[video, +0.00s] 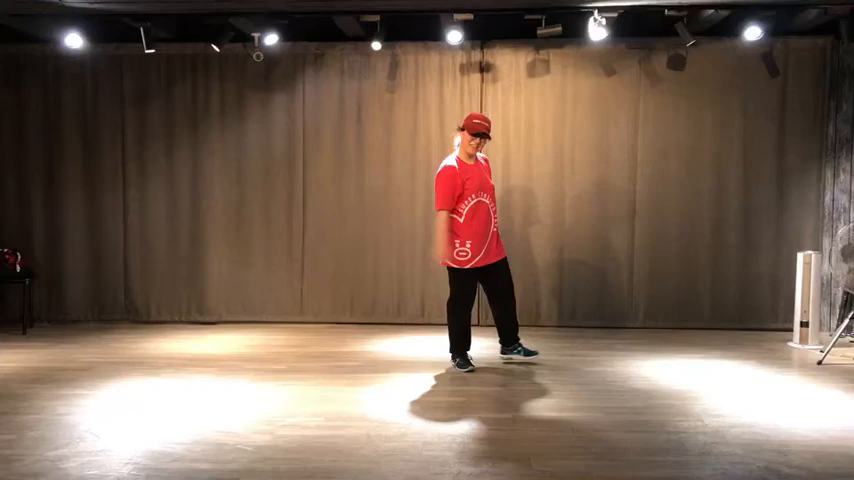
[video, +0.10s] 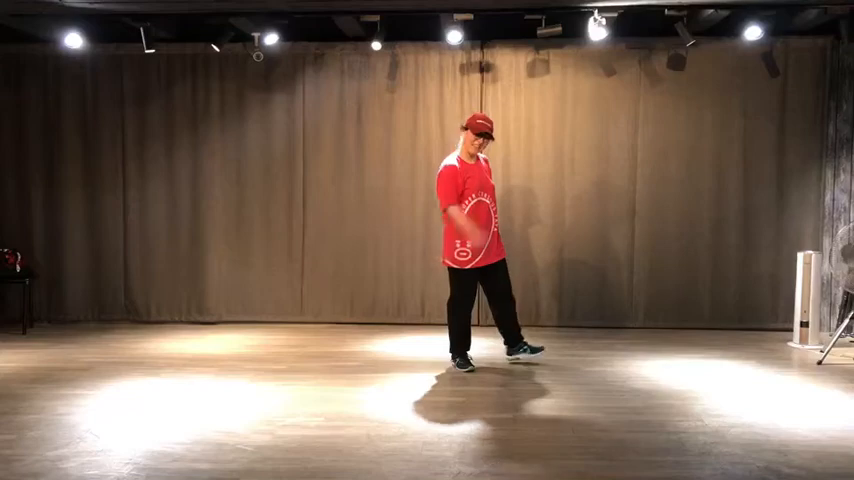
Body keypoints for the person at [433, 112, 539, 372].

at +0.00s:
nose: (478, 141)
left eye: (482, 138)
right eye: (474, 136)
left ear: (486, 141)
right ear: (461, 135)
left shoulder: (483, 164)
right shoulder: (450, 169)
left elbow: (485, 202)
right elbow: (443, 212)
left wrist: (491, 237)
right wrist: (443, 247)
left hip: (490, 246)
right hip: (462, 250)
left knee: (503, 295)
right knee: (461, 303)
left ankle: (510, 344)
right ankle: (459, 353)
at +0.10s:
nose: (481, 142)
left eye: (486, 138)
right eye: (478, 136)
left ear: (488, 141)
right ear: (465, 134)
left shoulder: (483, 164)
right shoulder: (450, 168)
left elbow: (485, 201)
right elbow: (451, 207)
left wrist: (491, 232)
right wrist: (473, 233)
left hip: (490, 247)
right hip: (463, 250)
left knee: (502, 297)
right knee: (461, 303)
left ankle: (515, 345)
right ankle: (459, 353)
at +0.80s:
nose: (539, 136)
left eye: (538, 132)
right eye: (534, 131)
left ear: (519, 134)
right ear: (518, 133)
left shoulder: (518, 164)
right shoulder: (509, 164)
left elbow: (505, 204)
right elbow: (499, 204)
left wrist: (491, 234)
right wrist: (492, 237)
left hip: (522, 248)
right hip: (509, 248)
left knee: (521, 301)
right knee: (504, 300)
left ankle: (518, 348)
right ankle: (474, 346)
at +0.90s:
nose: (543, 138)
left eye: (543, 133)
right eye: (540, 133)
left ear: (525, 134)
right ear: (524, 133)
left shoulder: (521, 163)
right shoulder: (513, 162)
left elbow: (504, 200)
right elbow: (499, 198)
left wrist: (493, 230)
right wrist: (491, 230)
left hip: (524, 245)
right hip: (515, 246)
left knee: (522, 301)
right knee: (518, 301)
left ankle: (518, 348)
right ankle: (495, 346)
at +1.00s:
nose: (548, 142)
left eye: (549, 137)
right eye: (546, 136)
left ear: (532, 137)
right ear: (530, 136)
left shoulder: (526, 162)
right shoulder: (516, 161)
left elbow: (521, 200)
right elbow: (505, 195)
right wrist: (512, 228)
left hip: (526, 244)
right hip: (517, 244)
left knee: (529, 291)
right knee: (532, 290)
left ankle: (522, 345)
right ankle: (517, 347)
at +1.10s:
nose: (553, 147)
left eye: (554, 142)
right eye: (552, 141)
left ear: (539, 138)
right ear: (538, 137)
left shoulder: (527, 161)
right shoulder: (520, 160)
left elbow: (516, 192)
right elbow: (511, 187)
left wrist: (539, 197)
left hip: (525, 243)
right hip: (524, 244)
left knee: (521, 294)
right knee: (544, 292)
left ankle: (518, 347)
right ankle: (530, 348)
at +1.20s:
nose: (560, 150)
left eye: (561, 145)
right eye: (559, 144)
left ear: (545, 139)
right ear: (545, 139)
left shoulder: (531, 162)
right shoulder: (524, 161)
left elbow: (532, 195)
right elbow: (529, 190)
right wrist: (556, 177)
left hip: (528, 245)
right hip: (528, 246)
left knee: (521, 297)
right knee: (546, 300)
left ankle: (518, 348)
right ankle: (548, 354)